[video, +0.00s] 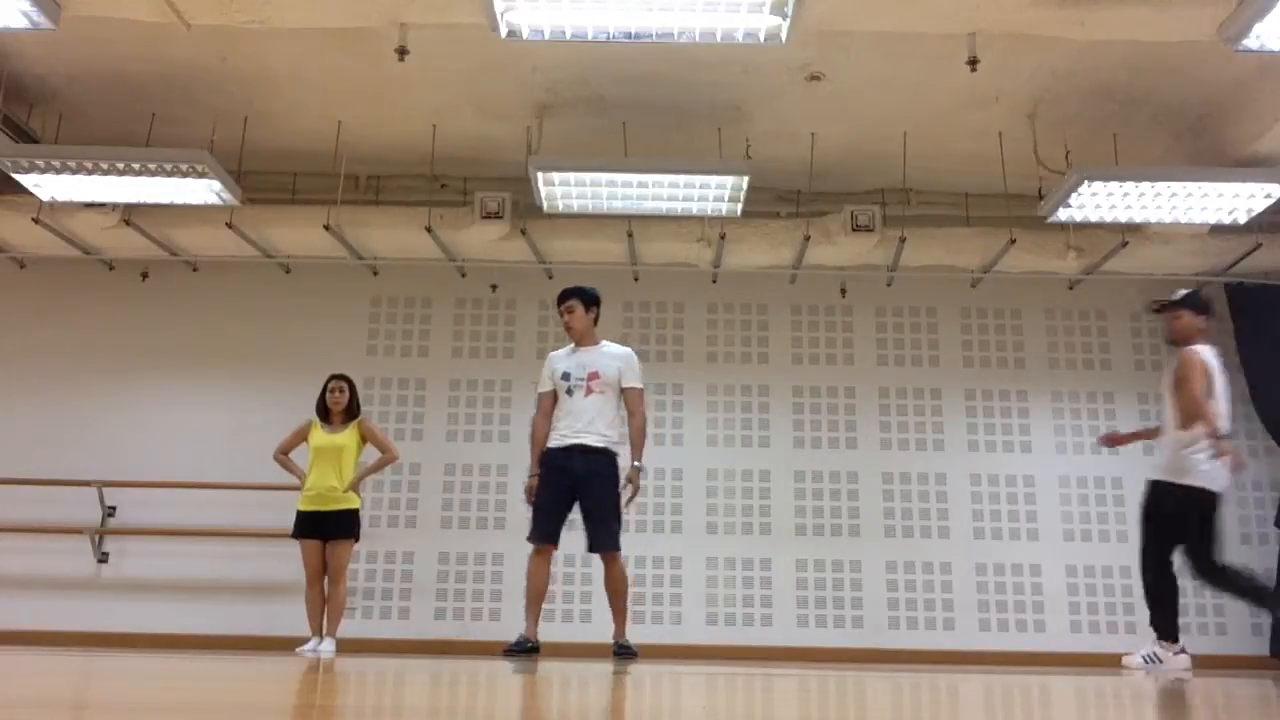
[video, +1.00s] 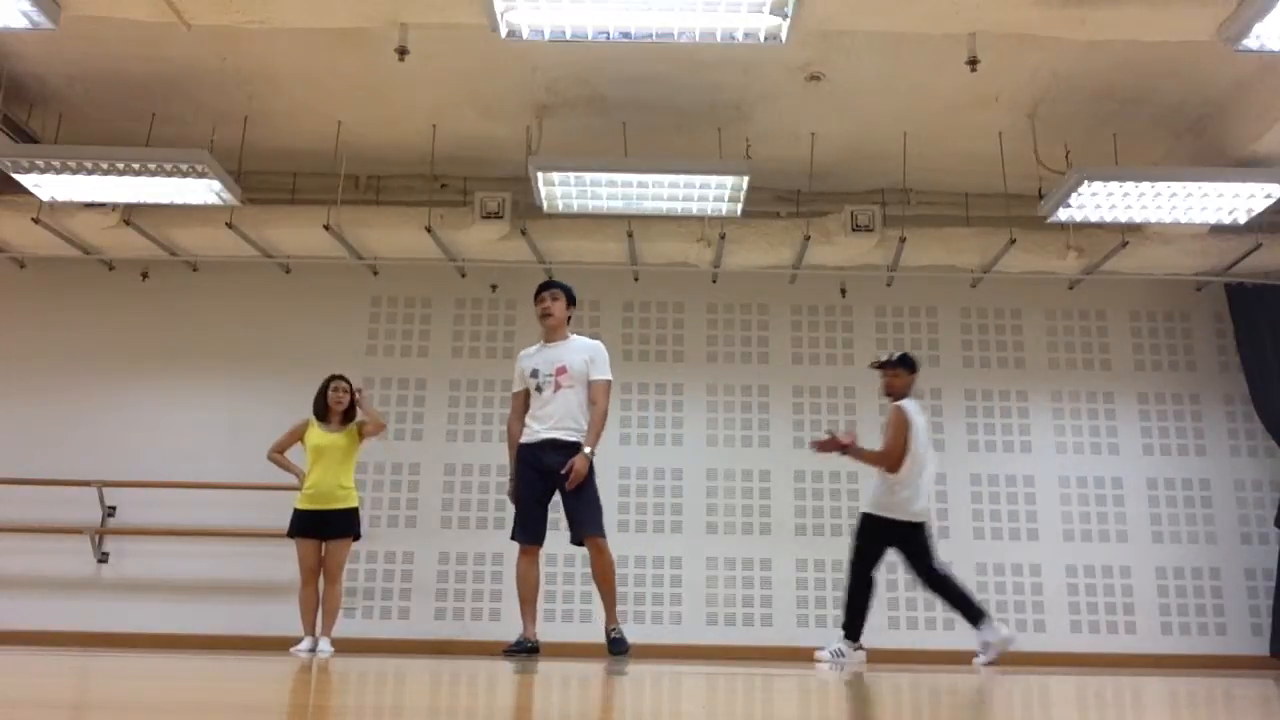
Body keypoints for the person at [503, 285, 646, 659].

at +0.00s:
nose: (566, 318)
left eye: (571, 311)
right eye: (563, 314)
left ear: (592, 313)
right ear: (563, 319)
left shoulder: (623, 357)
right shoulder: (555, 360)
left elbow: (636, 413)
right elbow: (543, 416)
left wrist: (635, 464)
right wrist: (534, 470)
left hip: (601, 460)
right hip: (558, 459)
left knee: (609, 552)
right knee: (542, 546)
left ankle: (620, 636)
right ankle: (529, 634)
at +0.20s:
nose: (543, 318)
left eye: (548, 309)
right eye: (541, 312)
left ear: (571, 310)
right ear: (545, 317)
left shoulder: (603, 353)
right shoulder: (539, 359)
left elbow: (614, 409)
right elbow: (525, 413)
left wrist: (608, 461)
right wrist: (514, 464)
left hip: (581, 459)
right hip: (537, 459)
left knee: (595, 548)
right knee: (532, 546)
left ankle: (614, 630)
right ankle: (529, 635)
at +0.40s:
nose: (529, 315)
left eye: (534, 307)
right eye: (529, 308)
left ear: (555, 308)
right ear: (542, 312)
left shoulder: (591, 349)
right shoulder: (529, 358)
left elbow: (599, 407)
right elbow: (515, 411)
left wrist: (581, 453)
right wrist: (503, 459)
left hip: (571, 454)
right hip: (529, 455)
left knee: (584, 540)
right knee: (528, 545)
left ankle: (607, 625)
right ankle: (528, 634)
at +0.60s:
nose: (523, 314)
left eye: (527, 305)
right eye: (524, 306)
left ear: (546, 307)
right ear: (543, 309)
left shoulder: (583, 346)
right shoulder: (528, 358)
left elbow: (588, 404)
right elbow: (515, 411)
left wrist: (569, 454)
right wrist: (502, 456)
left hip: (566, 453)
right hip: (526, 455)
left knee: (581, 540)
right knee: (527, 545)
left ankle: (607, 624)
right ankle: (528, 634)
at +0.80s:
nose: (531, 310)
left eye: (538, 303)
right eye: (529, 305)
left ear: (559, 308)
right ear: (530, 314)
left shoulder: (584, 347)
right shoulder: (527, 360)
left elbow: (589, 405)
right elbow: (515, 416)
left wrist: (571, 453)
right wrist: (507, 470)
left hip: (565, 453)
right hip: (525, 455)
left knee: (578, 539)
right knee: (526, 544)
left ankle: (609, 622)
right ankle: (528, 634)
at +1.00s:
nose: (546, 306)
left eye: (553, 300)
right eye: (540, 302)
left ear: (569, 308)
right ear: (536, 312)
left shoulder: (592, 349)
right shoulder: (526, 358)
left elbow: (600, 405)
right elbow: (516, 416)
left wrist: (587, 452)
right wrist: (514, 472)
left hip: (574, 453)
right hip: (530, 455)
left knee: (595, 539)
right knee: (528, 545)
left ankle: (613, 625)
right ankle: (529, 635)